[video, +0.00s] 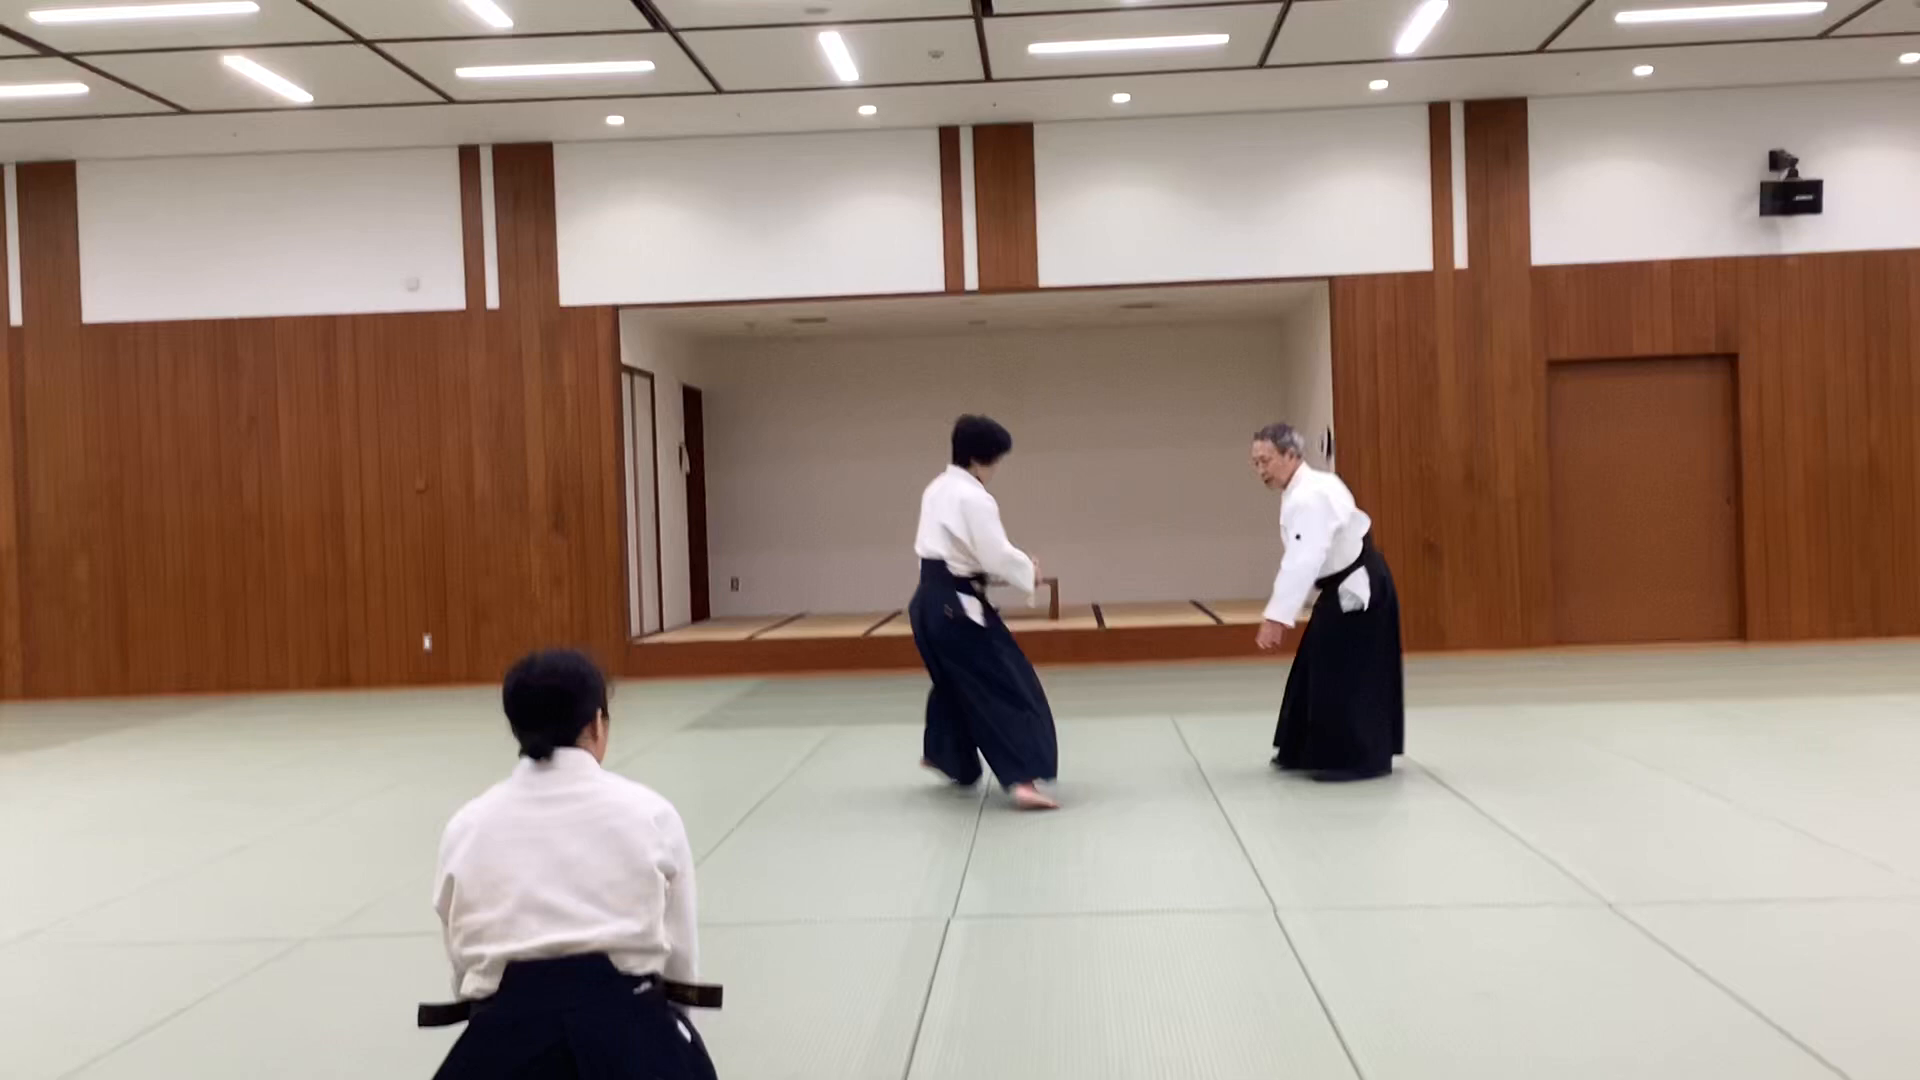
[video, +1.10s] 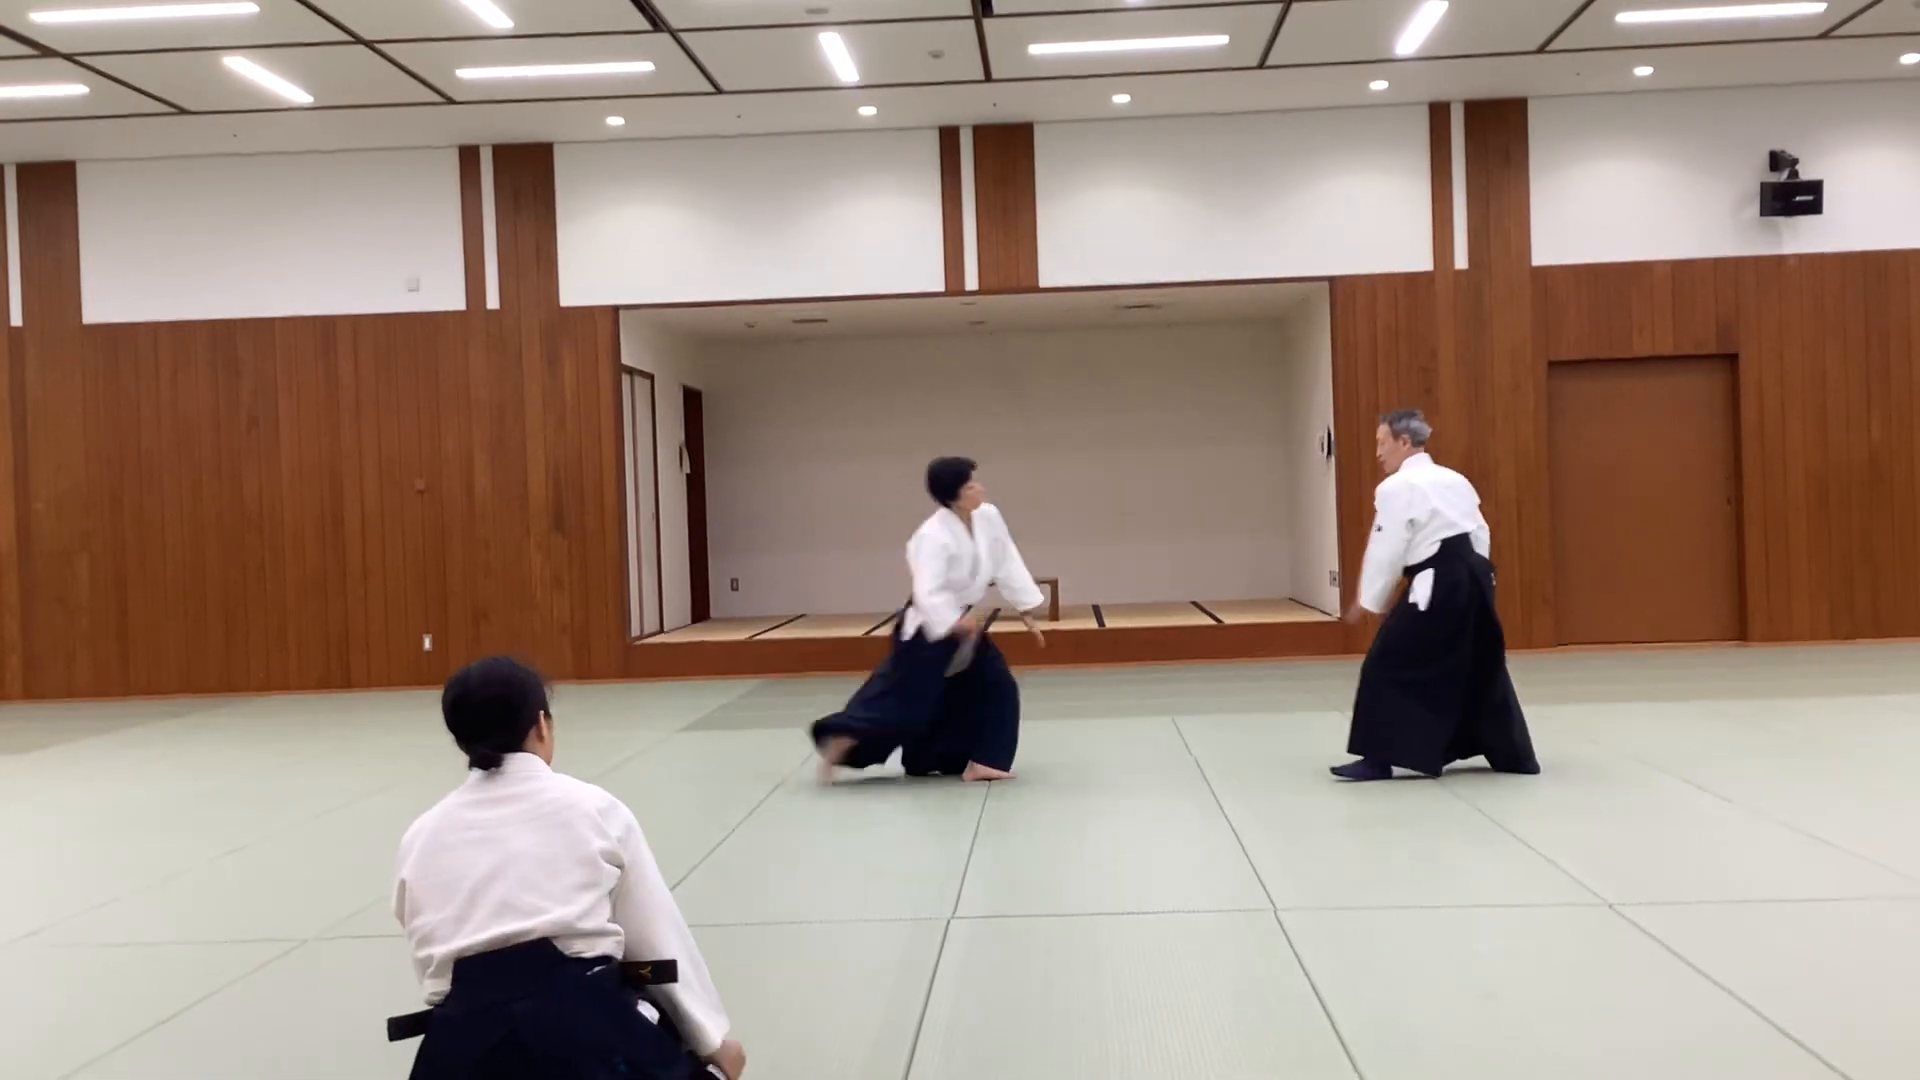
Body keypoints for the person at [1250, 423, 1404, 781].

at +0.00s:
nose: (1259, 470)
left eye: (1264, 461)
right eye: (1256, 463)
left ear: (1290, 456)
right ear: (1290, 458)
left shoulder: (1308, 496)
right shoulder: (1311, 484)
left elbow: (1302, 559)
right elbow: (1304, 557)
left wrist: (1275, 617)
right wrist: (1286, 610)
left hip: (1356, 587)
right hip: (1346, 583)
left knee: (1336, 668)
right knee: (1313, 664)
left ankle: (1350, 757)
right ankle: (1303, 748)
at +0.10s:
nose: (1266, 477)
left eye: (1270, 467)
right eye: (1262, 469)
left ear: (1295, 461)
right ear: (1296, 462)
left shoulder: (1312, 502)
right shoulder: (1333, 483)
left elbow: (1293, 564)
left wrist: (1266, 619)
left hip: (1370, 591)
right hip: (1381, 580)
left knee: (1335, 669)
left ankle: (1350, 758)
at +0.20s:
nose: (1276, 478)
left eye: (1279, 467)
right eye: (1274, 469)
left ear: (1303, 462)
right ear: (1307, 463)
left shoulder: (1320, 503)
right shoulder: (1349, 482)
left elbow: (1304, 569)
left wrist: (1278, 626)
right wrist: (1342, 593)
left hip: (1375, 594)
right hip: (1399, 582)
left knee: (1341, 674)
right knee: (1392, 669)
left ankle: (1350, 761)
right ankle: (1401, 752)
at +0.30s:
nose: (1290, 475)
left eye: (1293, 465)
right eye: (1288, 466)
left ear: (1316, 462)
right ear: (1321, 462)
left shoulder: (1332, 506)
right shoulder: (1368, 483)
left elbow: (1323, 571)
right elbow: (1366, 548)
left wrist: (1302, 632)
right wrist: (1337, 602)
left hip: (1384, 596)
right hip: (1415, 583)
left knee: (1346, 672)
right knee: (1422, 668)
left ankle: (1352, 761)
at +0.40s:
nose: (1311, 472)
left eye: (1315, 462)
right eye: (1310, 463)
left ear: (1339, 461)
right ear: (1346, 462)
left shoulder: (1349, 507)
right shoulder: (1388, 486)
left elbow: (1345, 575)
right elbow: (1406, 540)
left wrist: (1329, 635)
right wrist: (1370, 585)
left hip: (1402, 590)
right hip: (1431, 580)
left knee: (1359, 670)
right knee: (1452, 666)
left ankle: (1359, 761)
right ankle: (1507, 745)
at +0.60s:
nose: (1363, 462)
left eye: (1367, 452)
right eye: (1362, 453)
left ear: (1391, 450)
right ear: (1394, 451)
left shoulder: (1391, 496)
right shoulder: (1447, 483)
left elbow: (1389, 562)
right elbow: (1459, 543)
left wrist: (1378, 621)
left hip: (1433, 593)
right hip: (1471, 587)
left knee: (1384, 670)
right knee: (1481, 670)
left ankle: (1369, 762)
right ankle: (1516, 754)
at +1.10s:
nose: (1377, 452)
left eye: (1382, 443)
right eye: (1377, 444)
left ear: (1405, 443)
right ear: (1417, 444)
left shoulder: (1396, 487)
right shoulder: (1456, 479)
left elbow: (1385, 550)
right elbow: (1480, 531)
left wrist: (1366, 600)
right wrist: (1479, 574)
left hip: (1436, 582)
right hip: (1477, 577)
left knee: (1383, 662)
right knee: (1482, 663)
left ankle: (1376, 759)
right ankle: (1515, 754)